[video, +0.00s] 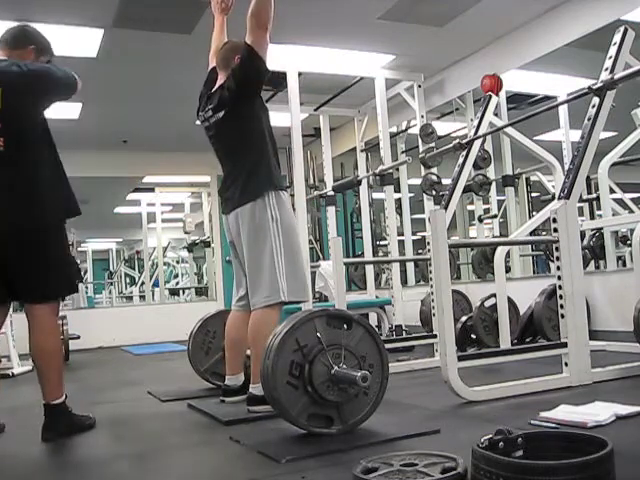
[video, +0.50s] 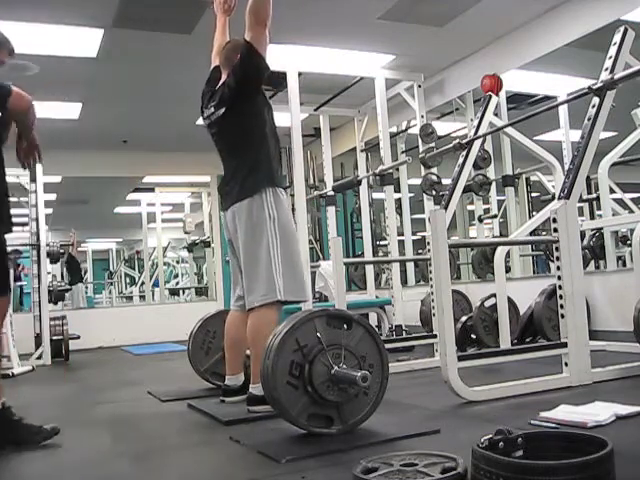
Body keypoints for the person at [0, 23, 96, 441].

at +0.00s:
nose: (41, 67)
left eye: (43, 62)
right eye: (43, 62)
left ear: (7, 49)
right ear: (31, 53)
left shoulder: (11, 80)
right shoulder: (21, 79)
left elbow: (67, 82)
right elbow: (69, 82)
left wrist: (34, 68)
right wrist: (41, 65)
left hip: (19, 217)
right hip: (29, 217)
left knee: (40, 312)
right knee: (42, 310)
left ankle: (57, 410)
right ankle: (56, 412)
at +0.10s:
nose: (31, 65)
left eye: (31, 60)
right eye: (31, 59)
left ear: (7, 52)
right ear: (19, 52)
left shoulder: (12, 78)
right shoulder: (15, 78)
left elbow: (57, 83)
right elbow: (61, 82)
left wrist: (28, 73)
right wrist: (31, 69)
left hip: (21, 212)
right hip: (20, 212)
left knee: (36, 309)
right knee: (36, 308)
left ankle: (56, 410)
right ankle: (56, 411)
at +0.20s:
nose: (25, 67)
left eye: (25, 62)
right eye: (23, 62)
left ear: (0, 54)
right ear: (7, 55)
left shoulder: (8, 80)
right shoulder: (8, 76)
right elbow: (55, 86)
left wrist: (23, 110)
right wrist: (25, 103)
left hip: (14, 213)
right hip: (11, 214)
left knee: (26, 309)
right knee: (26, 308)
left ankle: (55, 408)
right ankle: (55, 408)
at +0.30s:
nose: (24, 67)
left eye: (22, 61)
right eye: (21, 62)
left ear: (3, 57)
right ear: (10, 56)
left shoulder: (10, 75)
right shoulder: (6, 74)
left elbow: (42, 90)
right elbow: (47, 88)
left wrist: (24, 112)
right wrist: (29, 113)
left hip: (8, 212)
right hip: (5, 213)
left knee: (15, 306)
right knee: (13, 306)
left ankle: (44, 405)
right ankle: (43, 405)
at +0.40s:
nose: (12, 70)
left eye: (13, 63)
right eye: (11, 63)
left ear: (4, 58)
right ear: (3, 57)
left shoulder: (7, 78)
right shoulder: (3, 77)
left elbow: (34, 96)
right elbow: (38, 94)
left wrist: (24, 124)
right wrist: (26, 125)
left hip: (4, 218)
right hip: (2, 218)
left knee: (8, 308)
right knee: (7, 308)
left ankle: (22, 408)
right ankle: (22, 409)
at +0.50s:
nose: (7, 62)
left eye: (6, 58)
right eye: (5, 57)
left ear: (7, 56)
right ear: (1, 53)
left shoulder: (9, 92)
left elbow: (20, 102)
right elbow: (21, 102)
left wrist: (25, 133)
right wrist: (26, 134)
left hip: (3, 222)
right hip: (1, 224)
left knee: (4, 300)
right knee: (3, 299)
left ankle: (3, 412)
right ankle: (2, 414)